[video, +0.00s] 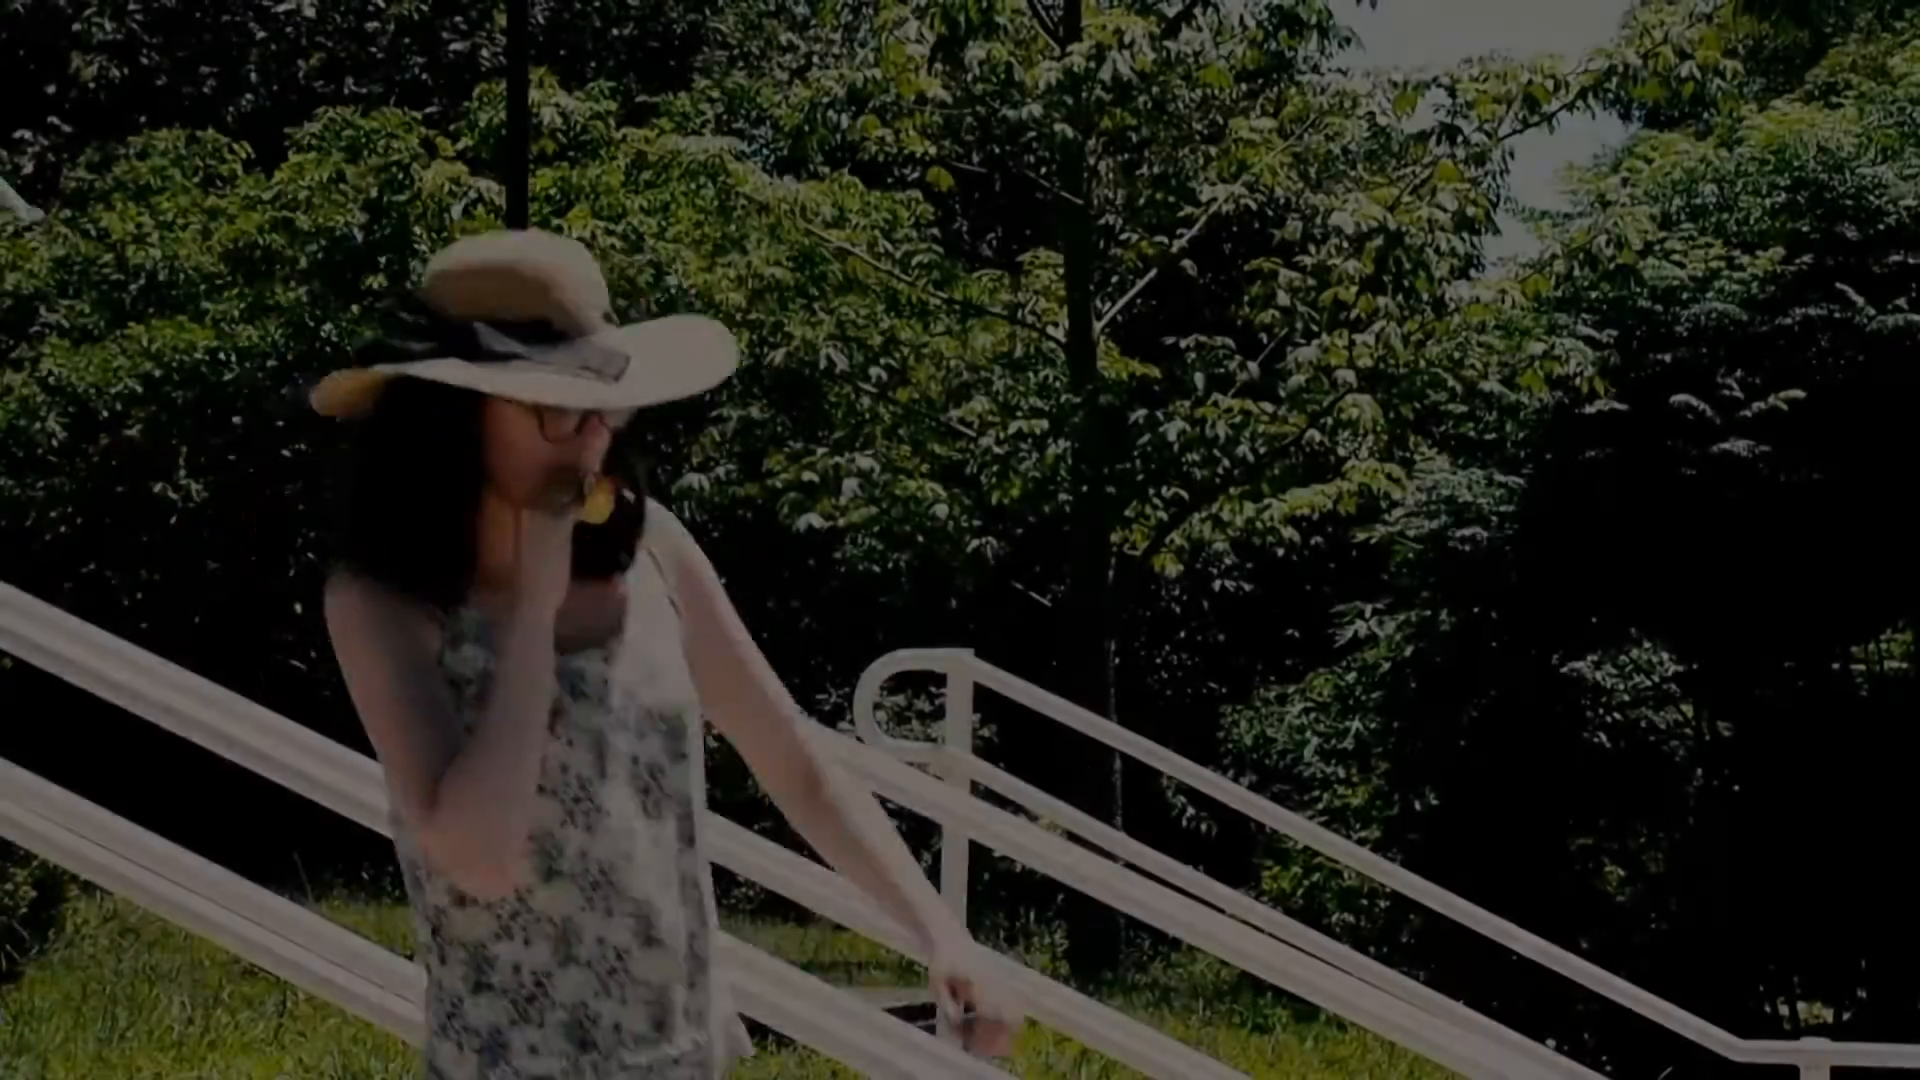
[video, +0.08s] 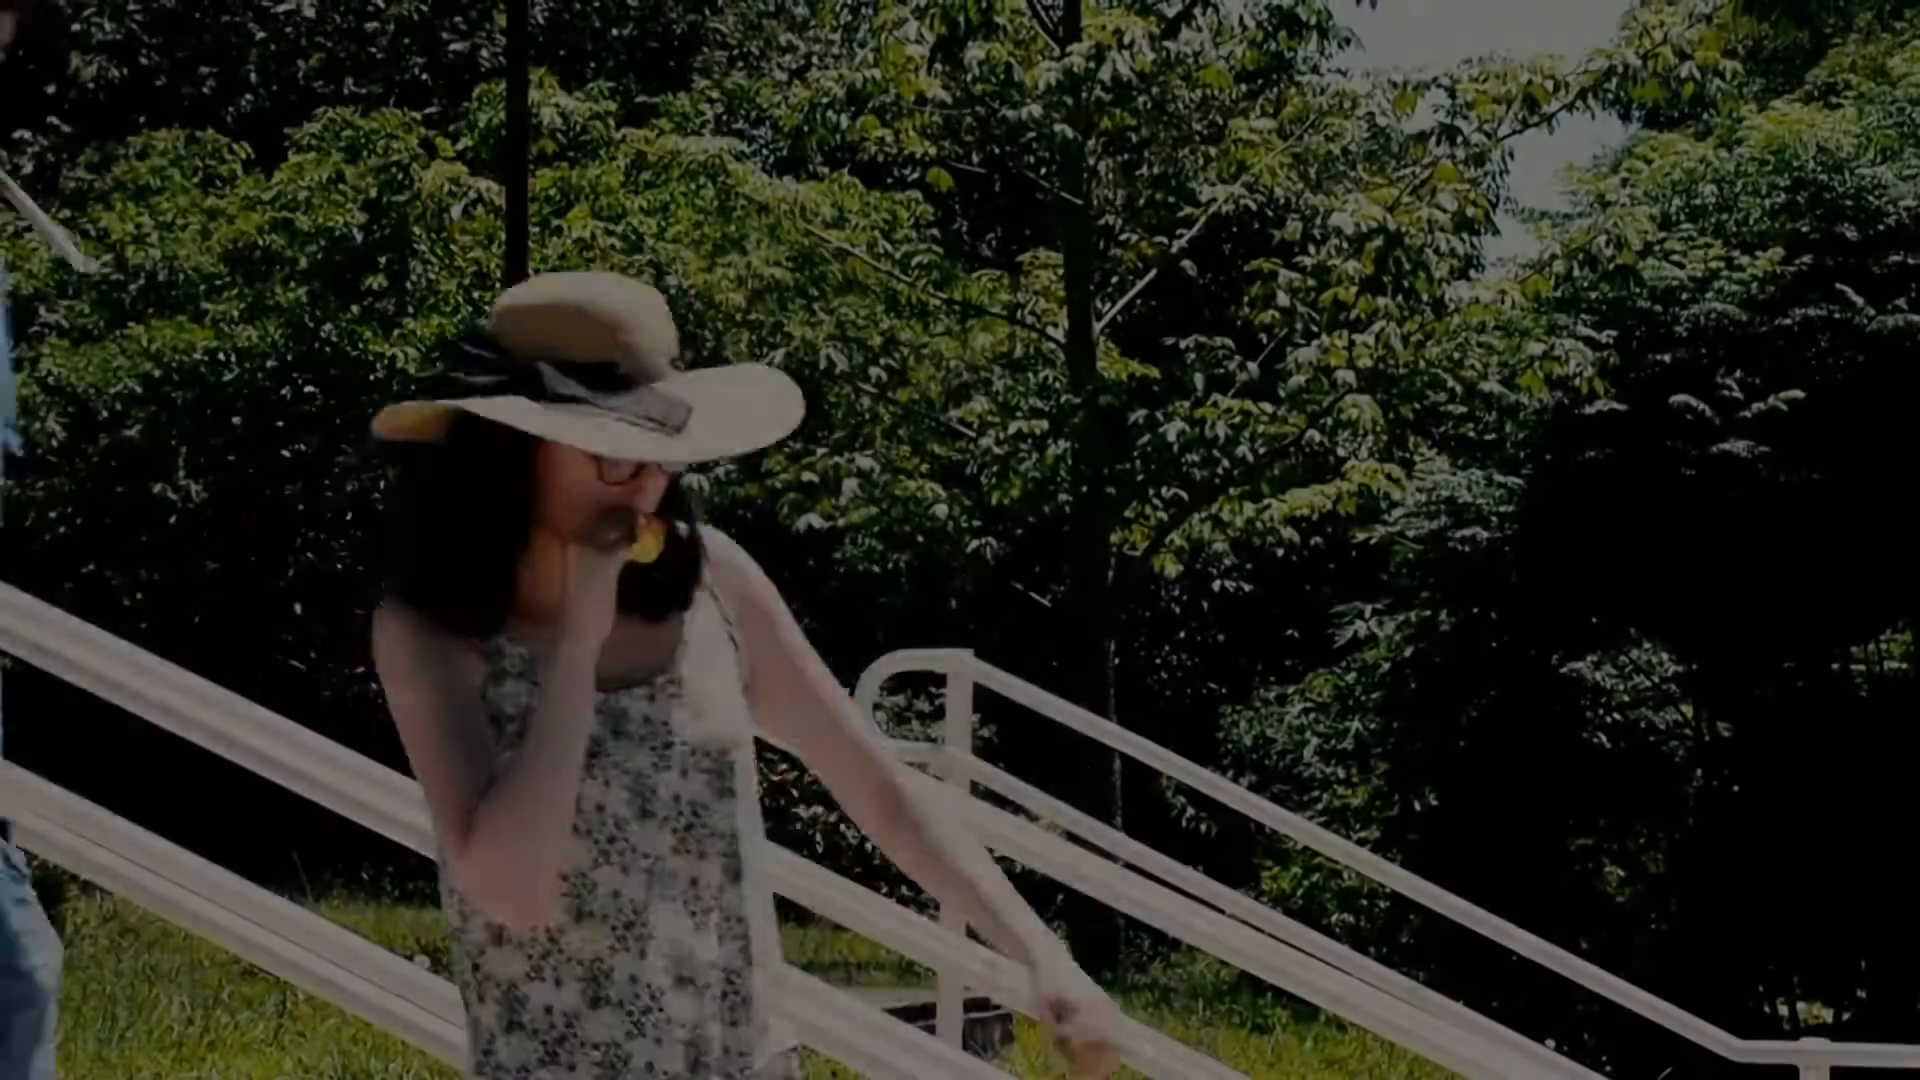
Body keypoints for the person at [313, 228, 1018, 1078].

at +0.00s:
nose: (586, 445)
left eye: (604, 414)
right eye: (549, 414)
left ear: (622, 411)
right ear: (462, 413)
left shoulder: (649, 550)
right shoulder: (382, 597)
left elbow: (800, 772)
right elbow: (482, 857)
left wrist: (942, 935)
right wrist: (536, 588)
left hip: (683, 1037)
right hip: (510, 1050)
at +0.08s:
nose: (643, 477)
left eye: (662, 446)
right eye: (608, 448)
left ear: (680, 445)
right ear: (516, 443)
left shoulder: (712, 577)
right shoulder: (428, 626)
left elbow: (887, 798)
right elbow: (514, 892)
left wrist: (1048, 962)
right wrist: (580, 628)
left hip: (730, 1042)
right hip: (554, 1057)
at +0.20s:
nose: (723, 436)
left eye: (747, 407)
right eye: (689, 403)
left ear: (766, 413)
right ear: (597, 403)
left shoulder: (791, 547)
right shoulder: (494, 588)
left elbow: (964, 771)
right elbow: (555, 850)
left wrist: (1138, 961)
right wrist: (643, 597)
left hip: (798, 1040)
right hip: (602, 1051)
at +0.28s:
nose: (780, 423)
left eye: (802, 392)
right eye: (743, 392)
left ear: (821, 392)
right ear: (657, 387)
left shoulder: (849, 528)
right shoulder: (547, 564)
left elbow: (1009, 748)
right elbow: (597, 833)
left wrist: (1170, 969)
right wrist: (693, 581)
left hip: (857, 1042)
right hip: (645, 1056)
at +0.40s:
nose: (855, 466)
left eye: (876, 433)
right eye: (817, 435)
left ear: (900, 435)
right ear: (732, 432)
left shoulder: (936, 569)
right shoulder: (626, 608)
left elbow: (1072, 799)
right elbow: (669, 892)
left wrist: (1188, 1013)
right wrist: (771, 637)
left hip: (936, 1047)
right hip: (727, 1056)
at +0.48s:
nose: (909, 523)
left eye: (935, 490)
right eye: (873, 490)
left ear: (963, 493)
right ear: (793, 493)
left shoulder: (997, 615)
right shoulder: (696, 666)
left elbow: (1110, 856)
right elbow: (749, 956)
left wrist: (1203, 1054)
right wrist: (843, 696)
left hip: (989, 1056)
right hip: (789, 1063)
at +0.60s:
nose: (1054, 580)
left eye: (1063, 551)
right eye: (1015, 554)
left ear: (1078, 554)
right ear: (911, 550)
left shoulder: (1081, 691)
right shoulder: (797, 739)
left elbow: (1166, 961)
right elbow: (905, 1022)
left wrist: (1219, 1071)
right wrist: (987, 767)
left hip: (1091, 1064)